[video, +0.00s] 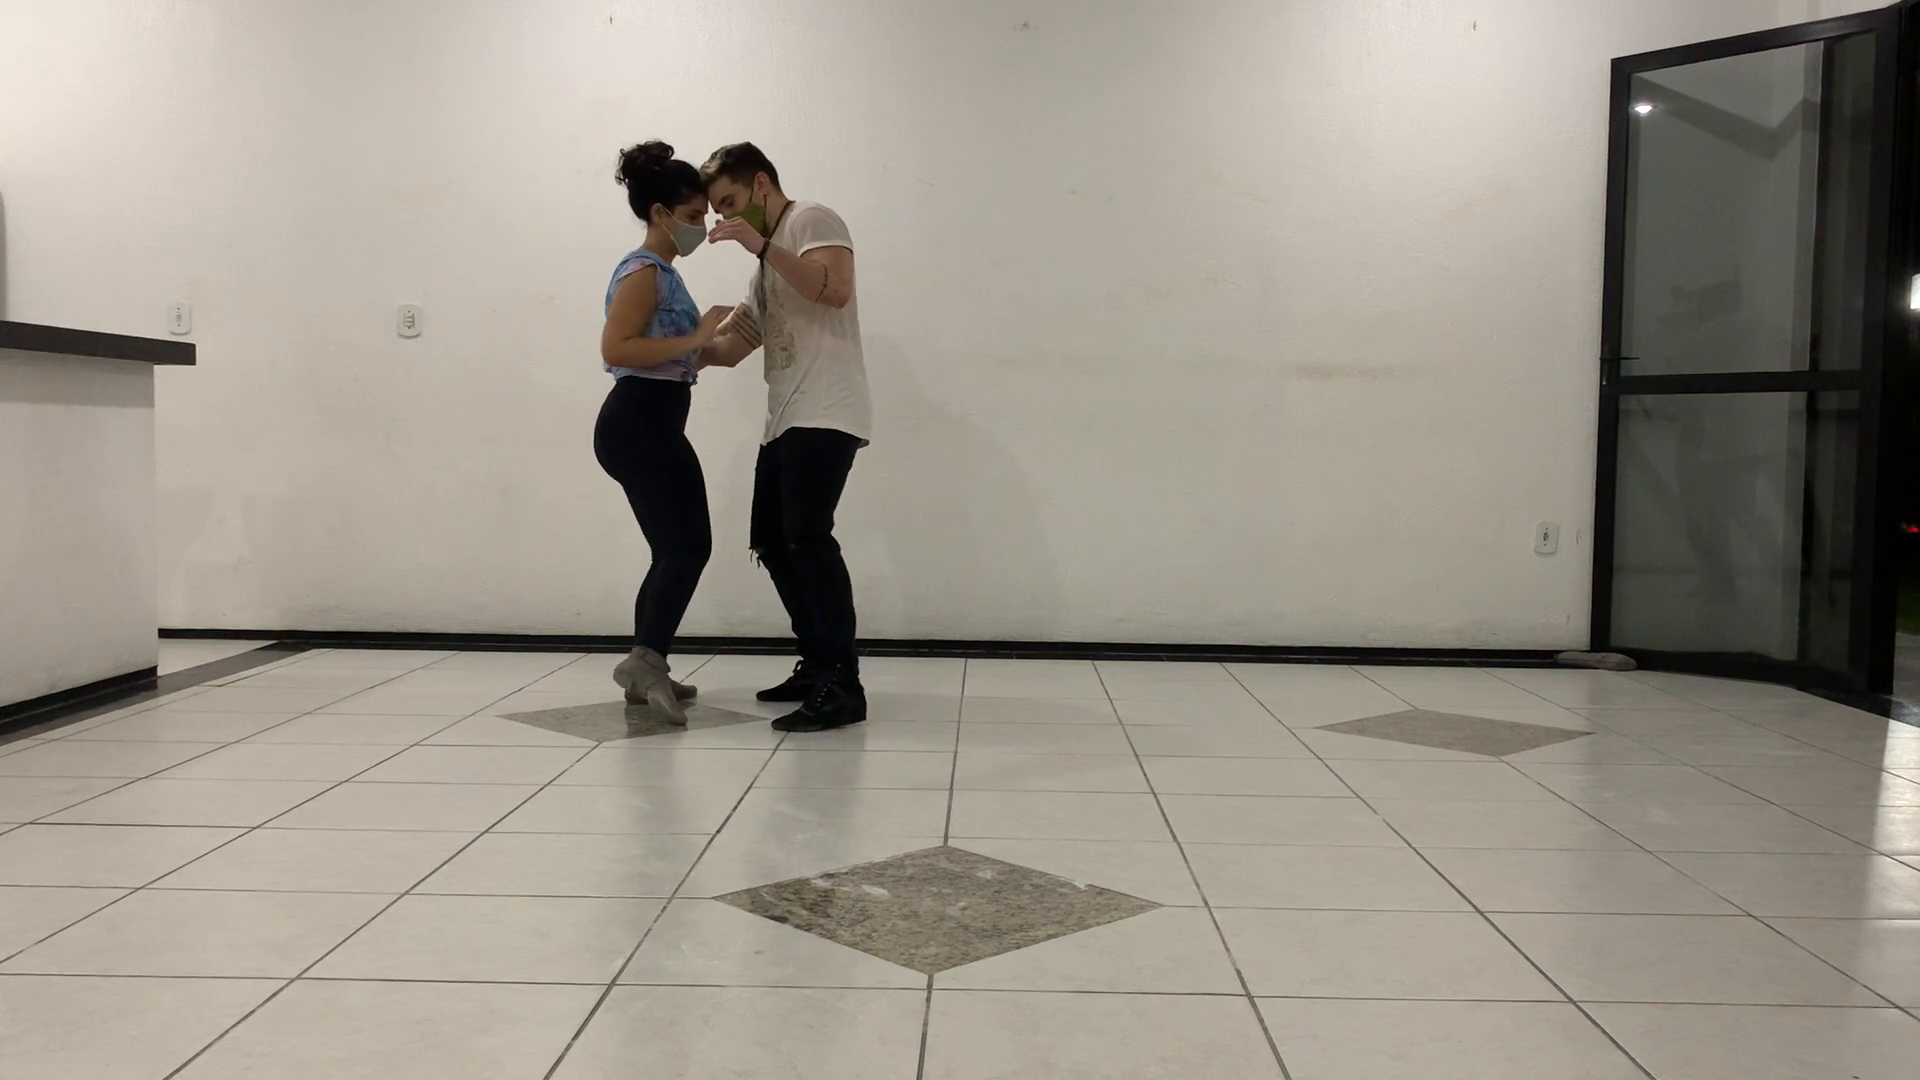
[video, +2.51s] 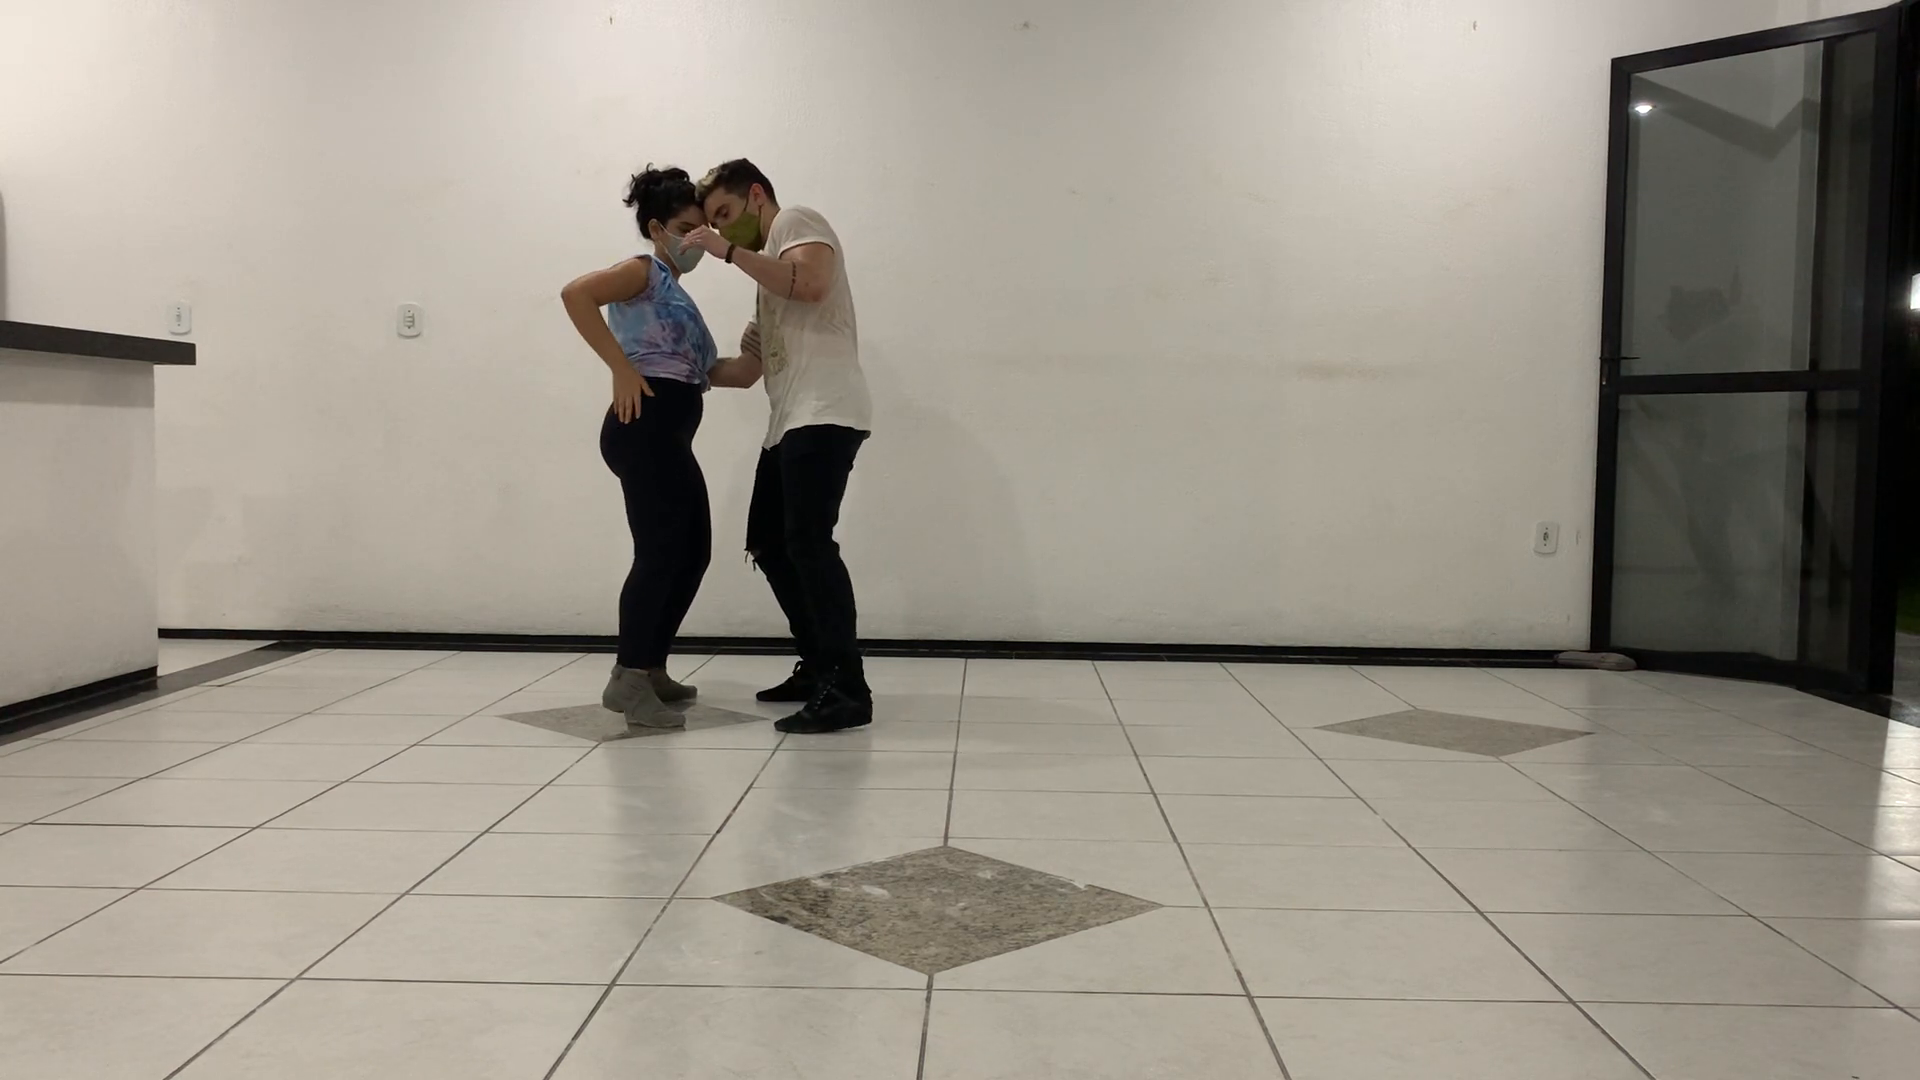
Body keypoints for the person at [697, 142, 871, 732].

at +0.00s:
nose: (730, 219)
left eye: (731, 203)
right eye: (721, 210)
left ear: (763, 183)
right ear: (740, 203)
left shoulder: (812, 219)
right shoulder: (765, 272)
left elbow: (836, 288)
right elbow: (728, 349)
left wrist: (760, 245)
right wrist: (660, 340)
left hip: (827, 411)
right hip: (786, 418)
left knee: (806, 538)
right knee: (771, 542)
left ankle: (842, 687)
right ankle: (818, 666)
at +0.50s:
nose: (724, 223)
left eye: (727, 207)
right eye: (715, 214)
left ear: (759, 187)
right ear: (730, 212)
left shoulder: (806, 215)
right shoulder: (763, 274)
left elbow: (813, 280)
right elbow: (744, 363)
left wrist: (739, 240)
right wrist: (672, 373)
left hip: (833, 405)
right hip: (783, 417)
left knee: (791, 530)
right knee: (768, 541)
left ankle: (789, 686)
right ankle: (821, 671)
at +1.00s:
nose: (728, 224)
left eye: (731, 209)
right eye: (720, 217)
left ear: (764, 191)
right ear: (737, 216)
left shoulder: (806, 218)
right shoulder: (769, 281)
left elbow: (816, 278)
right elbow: (741, 365)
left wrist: (740, 238)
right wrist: (670, 356)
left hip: (828, 410)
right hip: (790, 420)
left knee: (813, 538)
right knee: (773, 541)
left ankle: (846, 690)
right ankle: (818, 666)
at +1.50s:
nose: (726, 228)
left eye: (729, 213)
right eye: (718, 220)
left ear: (762, 193)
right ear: (738, 216)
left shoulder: (803, 219)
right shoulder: (768, 284)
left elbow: (814, 279)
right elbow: (739, 368)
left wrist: (736, 242)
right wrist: (672, 357)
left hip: (826, 408)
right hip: (788, 418)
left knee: (801, 534)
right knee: (767, 540)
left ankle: (842, 687)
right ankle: (817, 668)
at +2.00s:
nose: (722, 227)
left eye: (724, 211)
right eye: (714, 220)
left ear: (757, 192)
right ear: (739, 212)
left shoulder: (802, 218)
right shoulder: (763, 277)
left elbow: (809, 282)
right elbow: (744, 369)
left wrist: (732, 248)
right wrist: (686, 362)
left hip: (833, 411)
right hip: (782, 420)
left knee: (793, 536)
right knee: (765, 543)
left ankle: (778, 683)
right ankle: (820, 671)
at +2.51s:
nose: (722, 232)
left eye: (725, 215)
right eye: (714, 223)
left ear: (758, 196)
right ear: (735, 218)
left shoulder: (799, 221)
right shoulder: (768, 282)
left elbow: (808, 284)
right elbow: (743, 371)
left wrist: (729, 251)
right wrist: (674, 361)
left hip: (826, 412)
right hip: (789, 422)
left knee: (806, 540)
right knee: (768, 543)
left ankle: (847, 690)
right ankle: (818, 667)